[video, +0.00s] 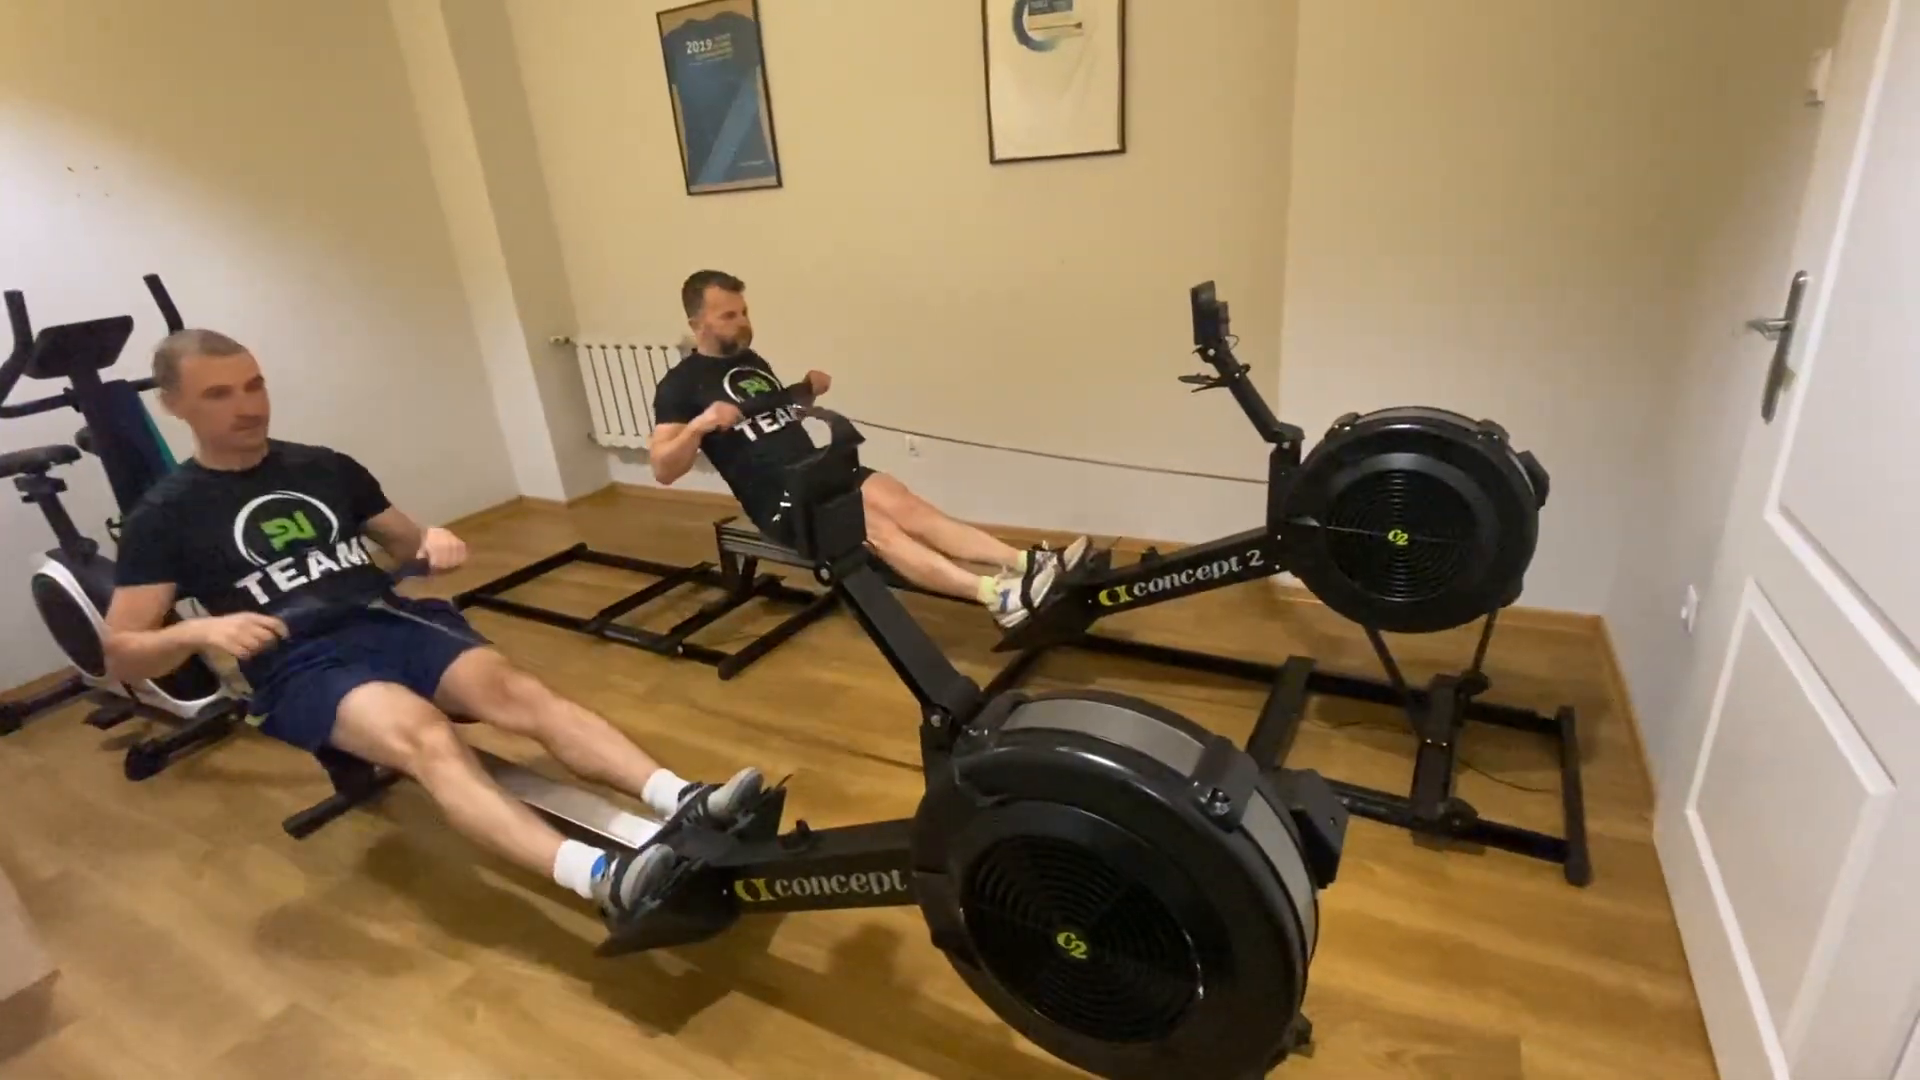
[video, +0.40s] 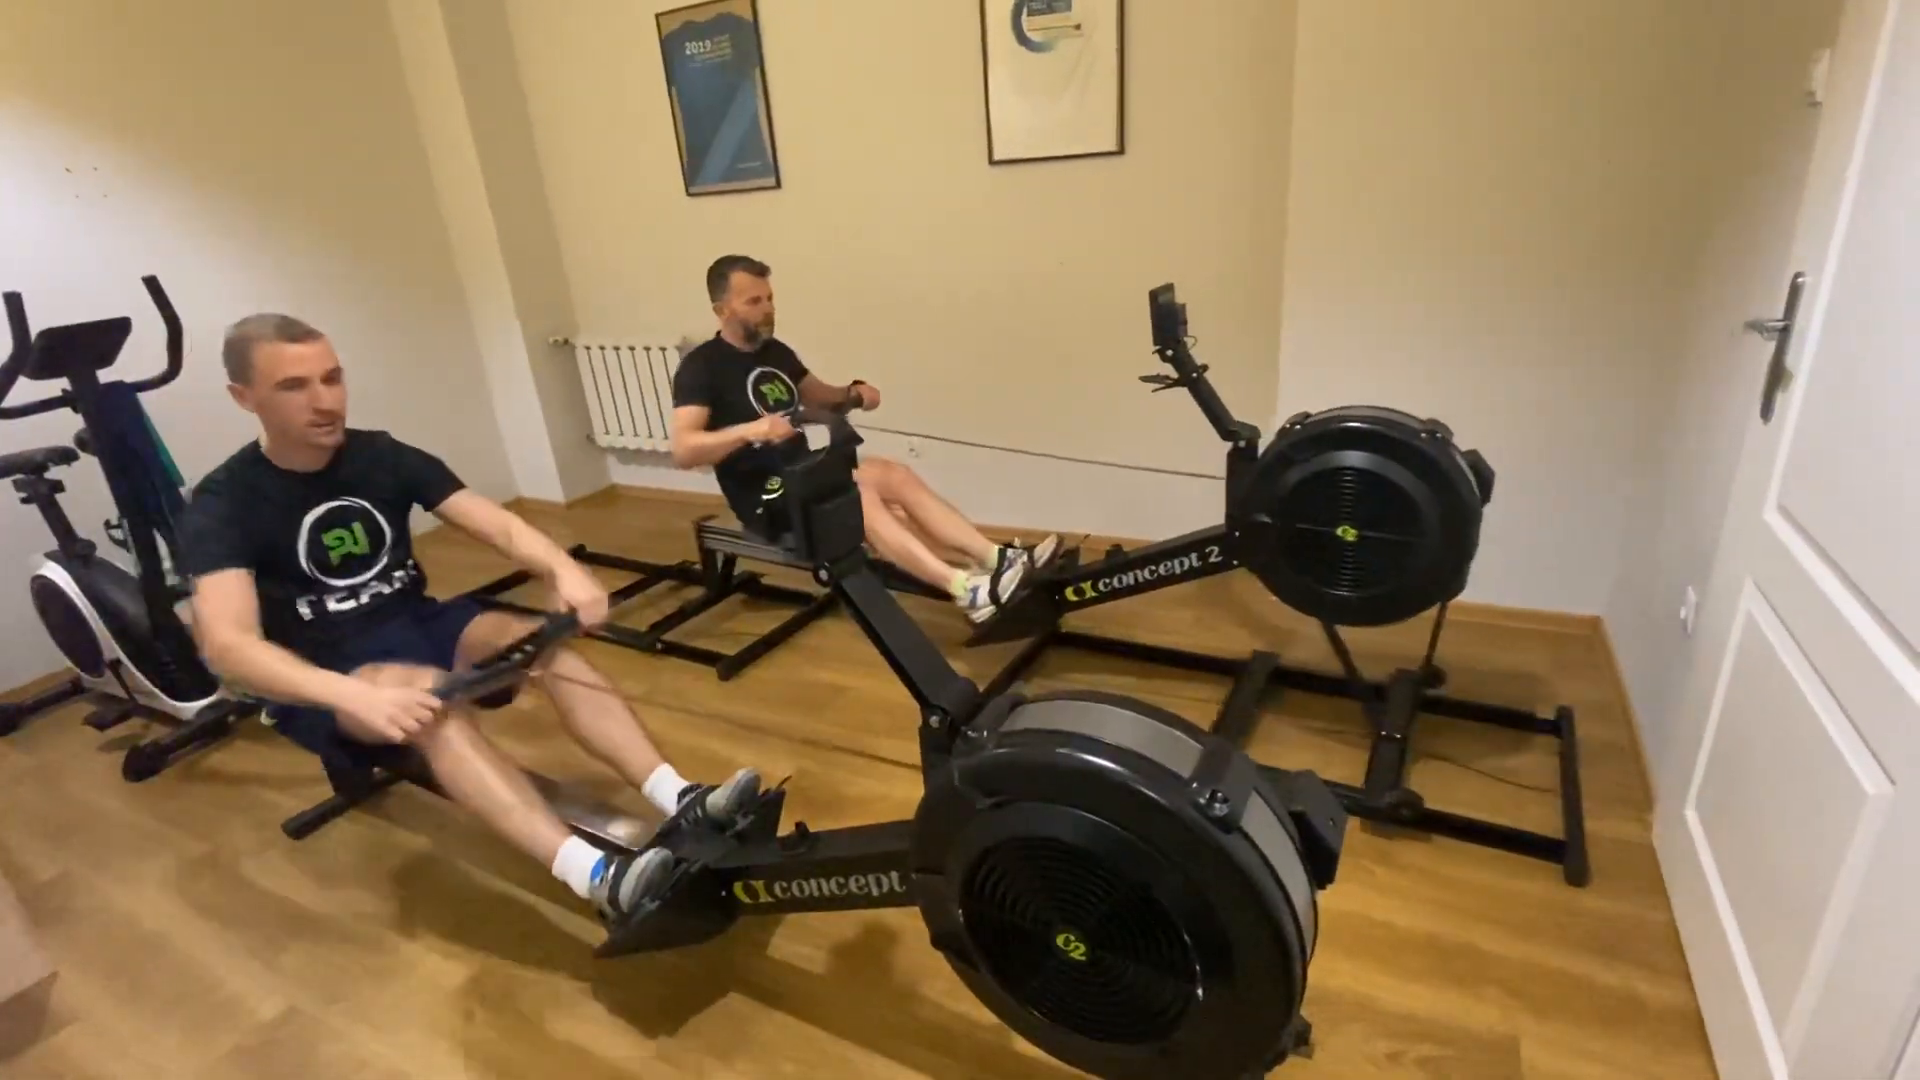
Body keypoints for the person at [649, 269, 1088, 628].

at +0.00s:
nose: (742, 323)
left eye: (743, 312)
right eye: (729, 315)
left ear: (744, 311)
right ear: (696, 321)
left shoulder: (751, 362)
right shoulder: (679, 383)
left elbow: (776, 412)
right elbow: (663, 467)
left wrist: (806, 390)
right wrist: (699, 426)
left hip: (829, 473)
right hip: (784, 499)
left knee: (908, 506)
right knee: (878, 532)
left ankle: (1028, 565)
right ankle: (997, 596)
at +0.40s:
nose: (768, 309)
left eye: (769, 299)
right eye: (756, 302)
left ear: (767, 299)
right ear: (722, 308)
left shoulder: (775, 351)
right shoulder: (700, 367)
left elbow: (814, 398)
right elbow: (684, 450)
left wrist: (849, 395)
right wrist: (748, 432)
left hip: (814, 479)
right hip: (769, 499)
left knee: (895, 475)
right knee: (863, 502)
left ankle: (998, 561)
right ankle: (966, 590)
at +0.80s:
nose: (802, 311)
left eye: (803, 301)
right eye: (790, 304)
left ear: (807, 298)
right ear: (756, 313)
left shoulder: (811, 354)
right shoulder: (734, 364)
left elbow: (870, 394)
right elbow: (744, 445)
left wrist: (917, 408)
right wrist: (833, 459)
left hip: (815, 469)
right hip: (760, 488)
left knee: (889, 439)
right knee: (843, 474)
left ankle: (954, 549)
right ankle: (916, 577)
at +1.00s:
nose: (818, 317)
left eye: (819, 307)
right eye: (804, 310)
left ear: (821, 303)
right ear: (769, 317)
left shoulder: (826, 358)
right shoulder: (746, 369)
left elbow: (888, 395)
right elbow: (779, 442)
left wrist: (945, 413)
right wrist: (854, 462)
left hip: (818, 476)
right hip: (762, 496)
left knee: (888, 429)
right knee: (818, 460)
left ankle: (932, 548)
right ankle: (892, 566)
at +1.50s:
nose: (857, 334)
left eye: (858, 323)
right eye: (844, 325)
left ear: (861, 322)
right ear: (808, 336)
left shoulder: (864, 373)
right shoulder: (794, 389)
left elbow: (947, 403)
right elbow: (859, 437)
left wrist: (1016, 426)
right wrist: (939, 471)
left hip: (823, 490)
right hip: (771, 506)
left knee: (893, 414)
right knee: (823, 439)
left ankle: (907, 541)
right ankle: (848, 555)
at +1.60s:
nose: (850, 329)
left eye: (851, 319)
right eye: (837, 322)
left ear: (853, 317)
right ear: (802, 332)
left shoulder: (858, 370)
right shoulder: (787, 389)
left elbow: (935, 399)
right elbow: (853, 431)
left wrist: (1008, 424)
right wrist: (935, 466)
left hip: (826, 494)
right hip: (773, 508)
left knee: (891, 412)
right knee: (833, 438)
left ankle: (918, 542)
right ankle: (857, 558)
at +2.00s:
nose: (768, 310)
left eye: (768, 298)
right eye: (754, 304)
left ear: (771, 295)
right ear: (722, 312)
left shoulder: (786, 352)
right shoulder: (714, 372)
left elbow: (852, 387)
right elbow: (759, 423)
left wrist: (906, 395)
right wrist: (823, 436)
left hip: (826, 479)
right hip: (777, 500)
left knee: (906, 484)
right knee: (871, 508)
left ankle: (1008, 567)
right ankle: (975, 597)